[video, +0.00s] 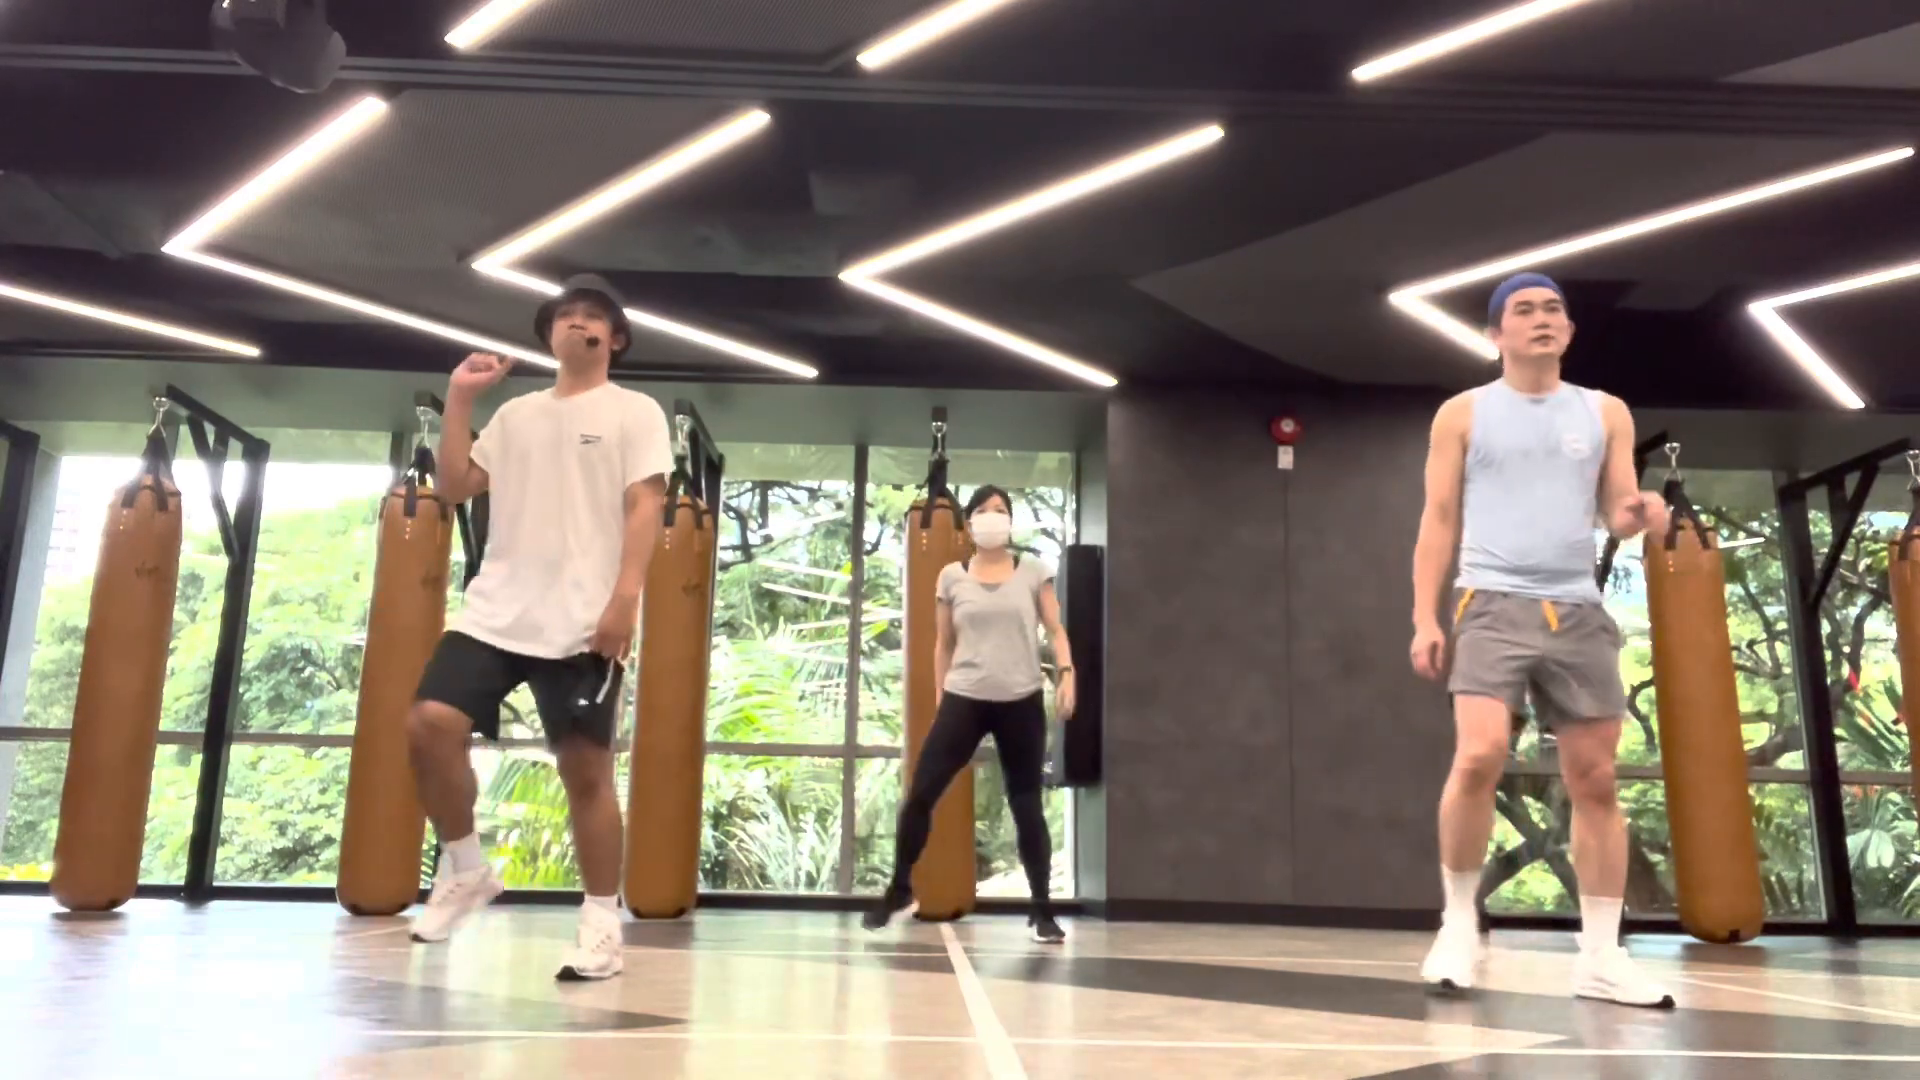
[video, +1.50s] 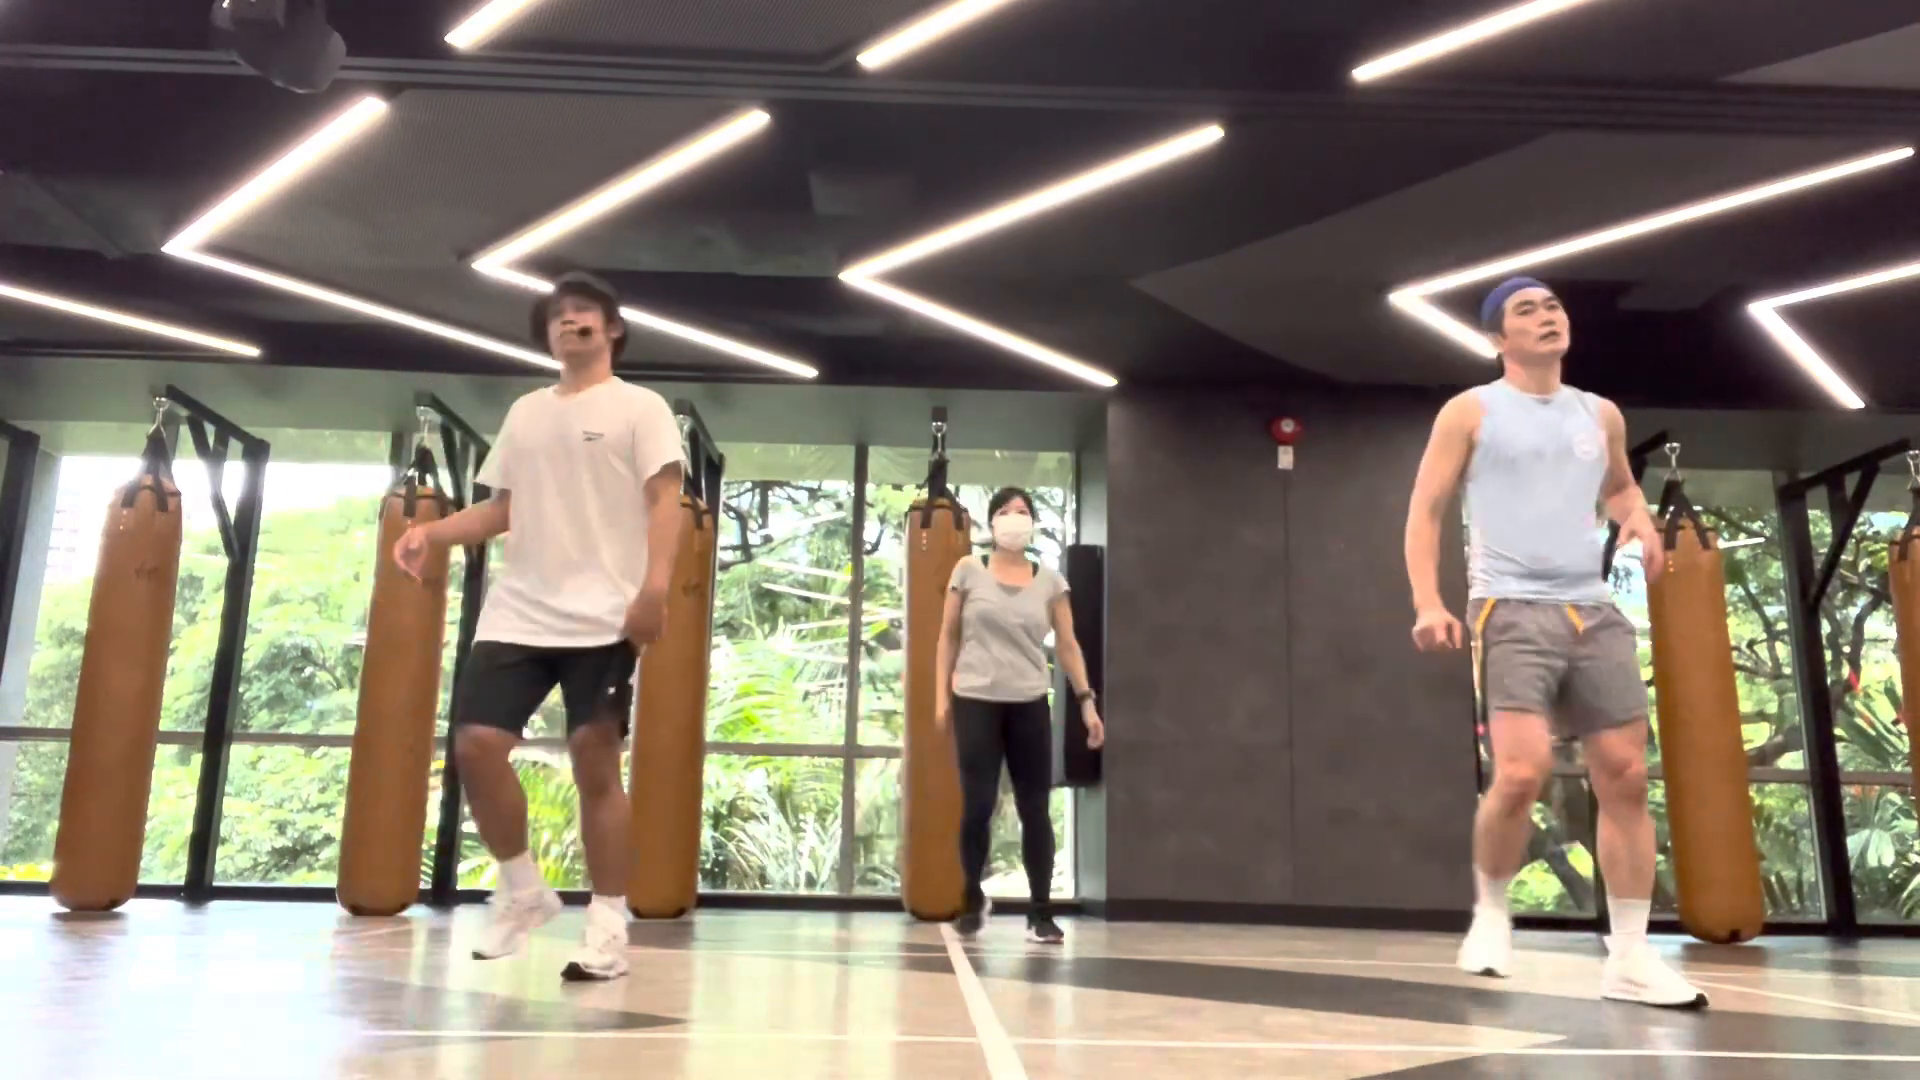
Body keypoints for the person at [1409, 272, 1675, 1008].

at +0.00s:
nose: (1541, 318)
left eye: (1552, 308)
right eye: (1524, 309)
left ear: (1570, 330)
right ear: (1497, 333)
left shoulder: (1607, 413)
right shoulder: (1461, 414)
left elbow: (1619, 516)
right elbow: (1439, 519)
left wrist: (1637, 511)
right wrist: (1427, 615)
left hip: (1581, 617)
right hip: (1489, 613)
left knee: (1595, 781)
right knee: (1479, 758)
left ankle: (1601, 958)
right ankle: (1459, 924)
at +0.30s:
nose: (1469, 320)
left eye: (1480, 314)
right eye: (1453, 313)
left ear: (1495, 340)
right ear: (1423, 339)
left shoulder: (1531, 415)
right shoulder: (1386, 424)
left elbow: (1577, 507)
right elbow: (1373, 528)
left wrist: (1552, 552)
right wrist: (1364, 626)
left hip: (1514, 622)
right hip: (1420, 623)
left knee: (1561, 782)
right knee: (1390, 777)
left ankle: (1597, 955)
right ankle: (1366, 944)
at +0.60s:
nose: (1418, 317)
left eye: (1429, 310)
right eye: (1402, 309)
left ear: (1442, 336)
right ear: (1370, 334)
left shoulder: (1473, 415)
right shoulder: (1335, 421)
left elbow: (1482, 511)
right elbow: (1306, 525)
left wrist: (1478, 569)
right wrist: (1284, 620)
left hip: (1454, 613)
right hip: (1368, 613)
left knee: (1479, 771)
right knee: (1362, 774)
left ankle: (1467, 921)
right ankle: (1363, 944)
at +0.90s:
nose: (1428, 326)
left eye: (1436, 317)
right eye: (1412, 314)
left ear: (1444, 336)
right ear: (1375, 330)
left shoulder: (1466, 419)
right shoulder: (1335, 415)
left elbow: (1476, 517)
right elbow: (1313, 515)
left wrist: (1489, 578)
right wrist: (1303, 607)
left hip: (1461, 614)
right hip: (1377, 612)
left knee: (1499, 764)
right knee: (1364, 776)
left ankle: (1441, 909)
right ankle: (1361, 942)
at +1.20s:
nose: (1487, 327)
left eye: (1494, 318)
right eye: (1470, 318)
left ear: (1502, 339)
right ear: (1434, 340)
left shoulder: (1521, 424)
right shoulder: (1401, 417)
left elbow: (1512, 517)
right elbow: (1367, 519)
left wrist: (1535, 589)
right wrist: (1365, 611)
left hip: (1518, 623)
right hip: (1436, 618)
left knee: (1573, 780)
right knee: (1394, 777)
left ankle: (1621, 955)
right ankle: (1364, 947)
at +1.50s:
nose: (1547, 316)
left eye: (1554, 307)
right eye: (1527, 310)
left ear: (1569, 327)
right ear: (1499, 338)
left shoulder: (1602, 416)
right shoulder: (1469, 412)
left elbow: (1621, 492)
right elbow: (1425, 511)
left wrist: (1640, 524)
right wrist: (1428, 603)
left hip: (1597, 614)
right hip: (1512, 614)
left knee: (1627, 775)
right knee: (1521, 775)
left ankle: (1630, 956)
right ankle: (1491, 919)